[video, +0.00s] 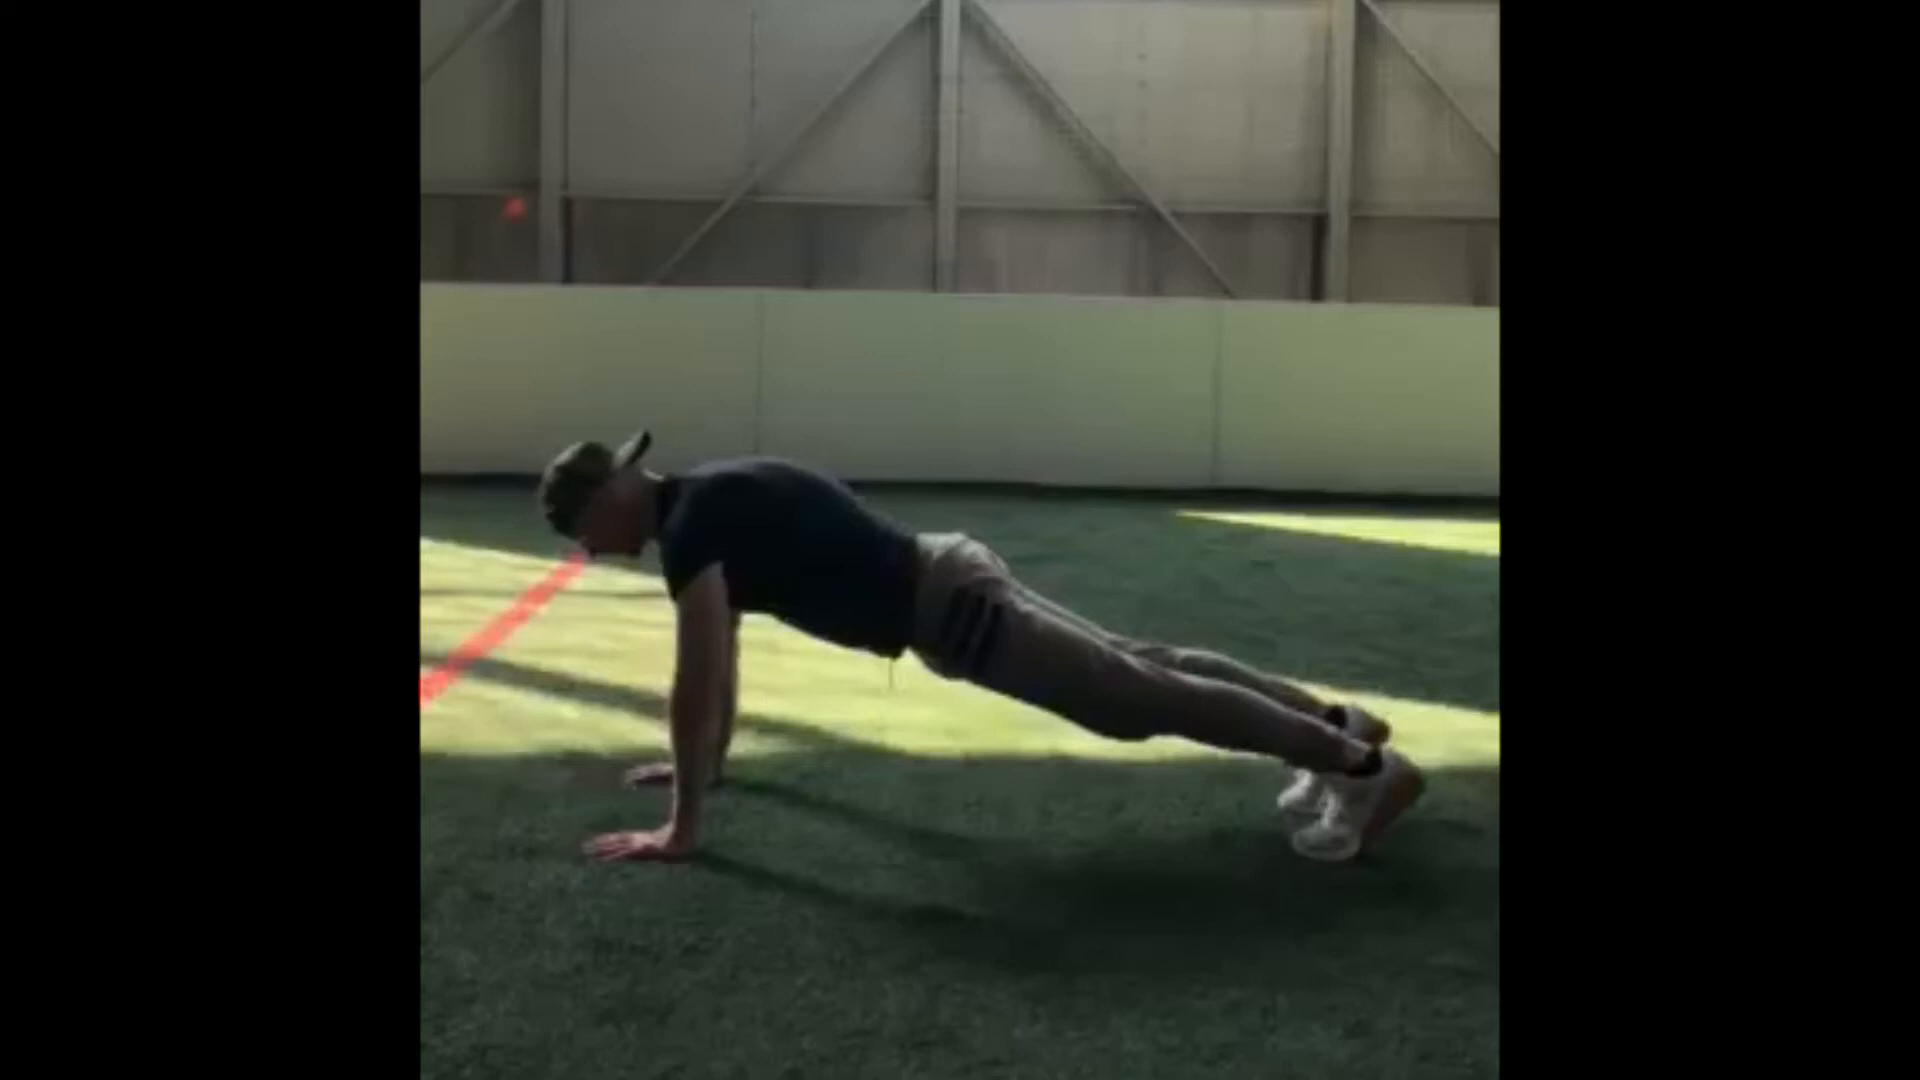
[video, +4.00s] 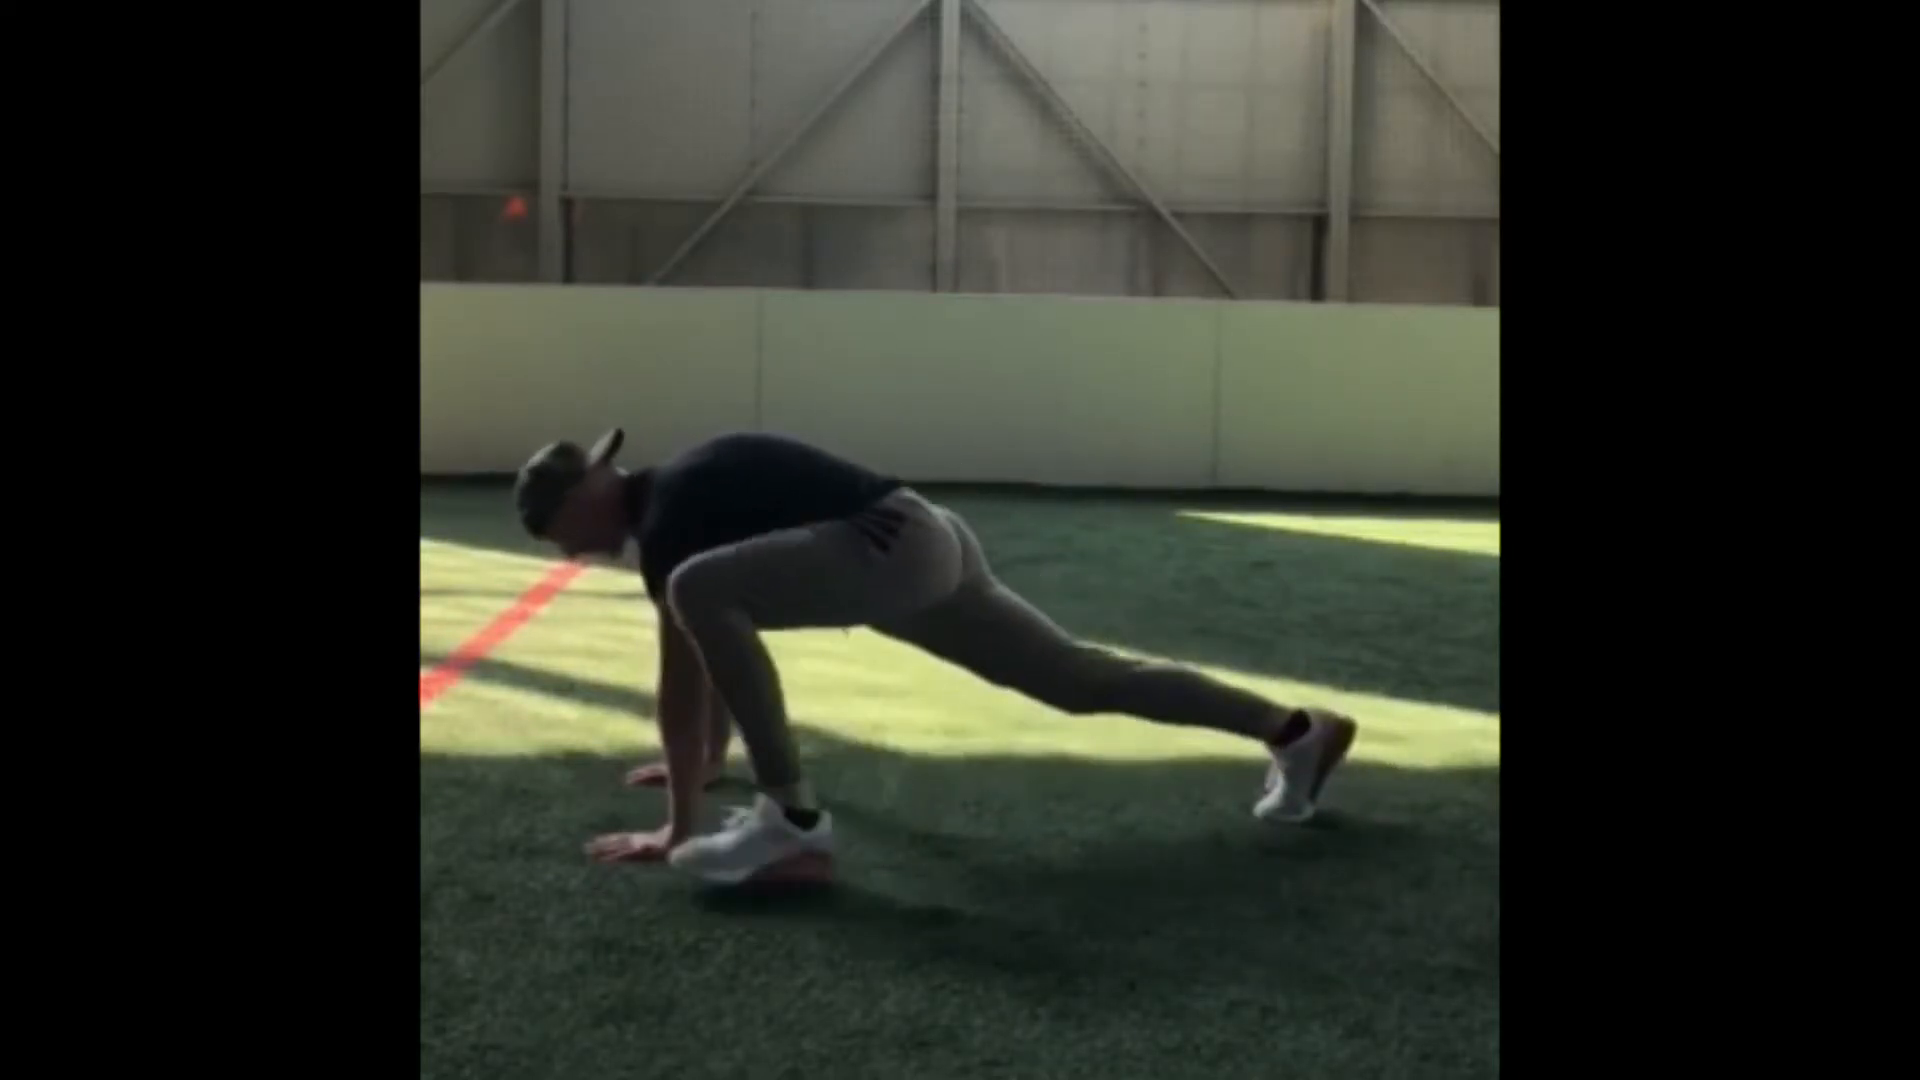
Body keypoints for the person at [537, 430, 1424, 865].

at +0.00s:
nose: (601, 556)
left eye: (594, 538)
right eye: (589, 545)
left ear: (617, 497)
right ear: (625, 489)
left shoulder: (691, 524)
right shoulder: (707, 503)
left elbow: (698, 686)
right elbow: (718, 675)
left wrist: (681, 826)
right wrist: (693, 773)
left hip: (952, 612)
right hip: (959, 580)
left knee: (1141, 707)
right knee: (1141, 668)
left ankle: (1366, 771)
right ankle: (1336, 727)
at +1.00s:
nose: (583, 563)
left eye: (575, 549)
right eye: (572, 551)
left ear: (591, 509)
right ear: (605, 488)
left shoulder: (659, 531)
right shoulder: (685, 499)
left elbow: (678, 690)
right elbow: (712, 654)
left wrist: (678, 828)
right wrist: (707, 757)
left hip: (924, 527)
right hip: (900, 509)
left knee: (1110, 666)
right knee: (860, 661)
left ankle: (1330, 754)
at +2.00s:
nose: (558, 567)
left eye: (550, 552)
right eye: (546, 558)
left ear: (573, 505)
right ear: (581, 496)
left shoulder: (638, 537)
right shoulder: (657, 502)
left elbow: (669, 686)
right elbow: (703, 647)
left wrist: (680, 832)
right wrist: (705, 755)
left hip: (880, 530)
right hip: (920, 503)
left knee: (764, 703)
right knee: (1073, 638)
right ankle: (1280, 721)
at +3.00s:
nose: (590, 565)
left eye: (582, 551)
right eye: (580, 553)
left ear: (599, 513)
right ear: (617, 486)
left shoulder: (661, 534)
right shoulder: (704, 491)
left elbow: (684, 695)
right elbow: (720, 663)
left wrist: (678, 829)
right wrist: (695, 768)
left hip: (919, 543)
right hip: (927, 485)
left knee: (1094, 690)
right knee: (780, 547)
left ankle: (1324, 771)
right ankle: (872, 708)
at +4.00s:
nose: (572, 554)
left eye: (564, 538)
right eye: (560, 544)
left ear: (591, 502)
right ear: (603, 488)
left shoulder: (662, 532)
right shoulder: (674, 500)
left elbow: (680, 683)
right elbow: (699, 661)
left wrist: (678, 825)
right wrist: (688, 760)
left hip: (894, 551)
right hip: (932, 543)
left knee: (697, 591)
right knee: (1080, 680)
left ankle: (782, 820)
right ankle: (1295, 733)